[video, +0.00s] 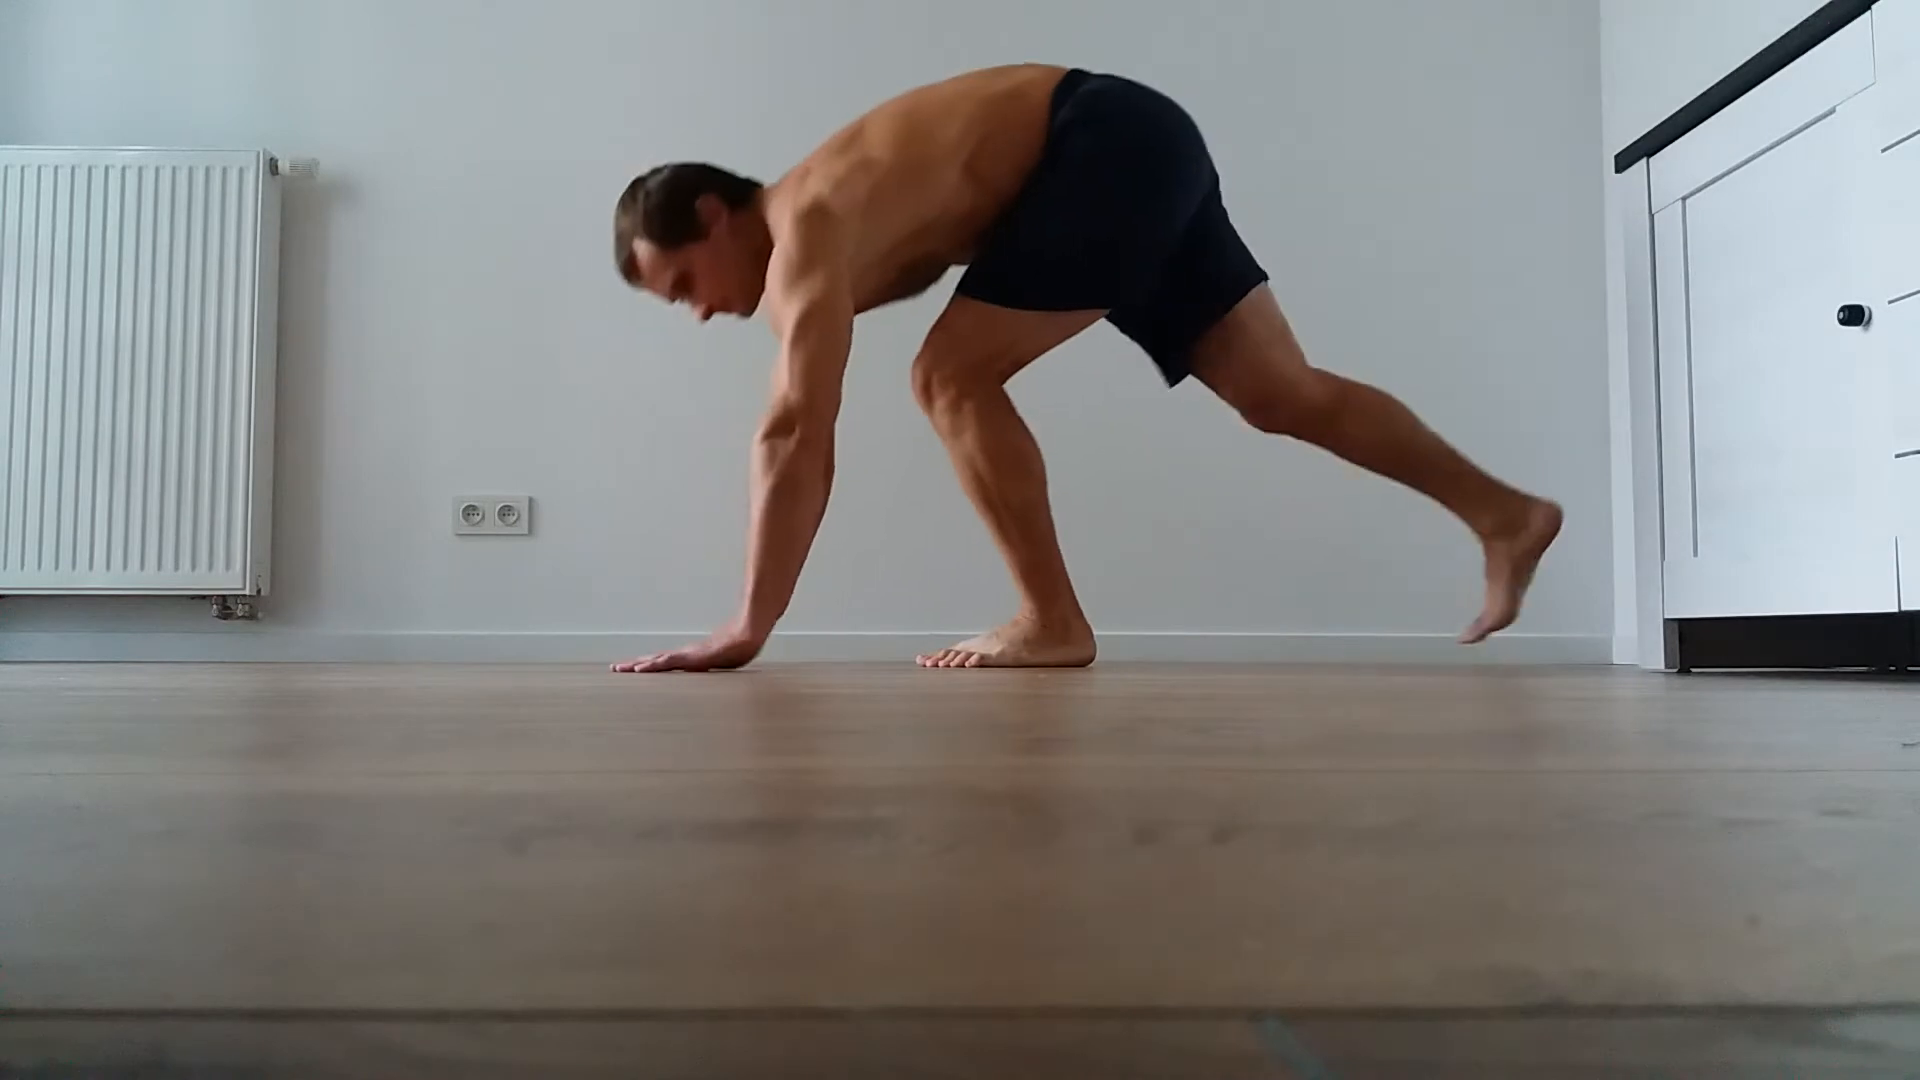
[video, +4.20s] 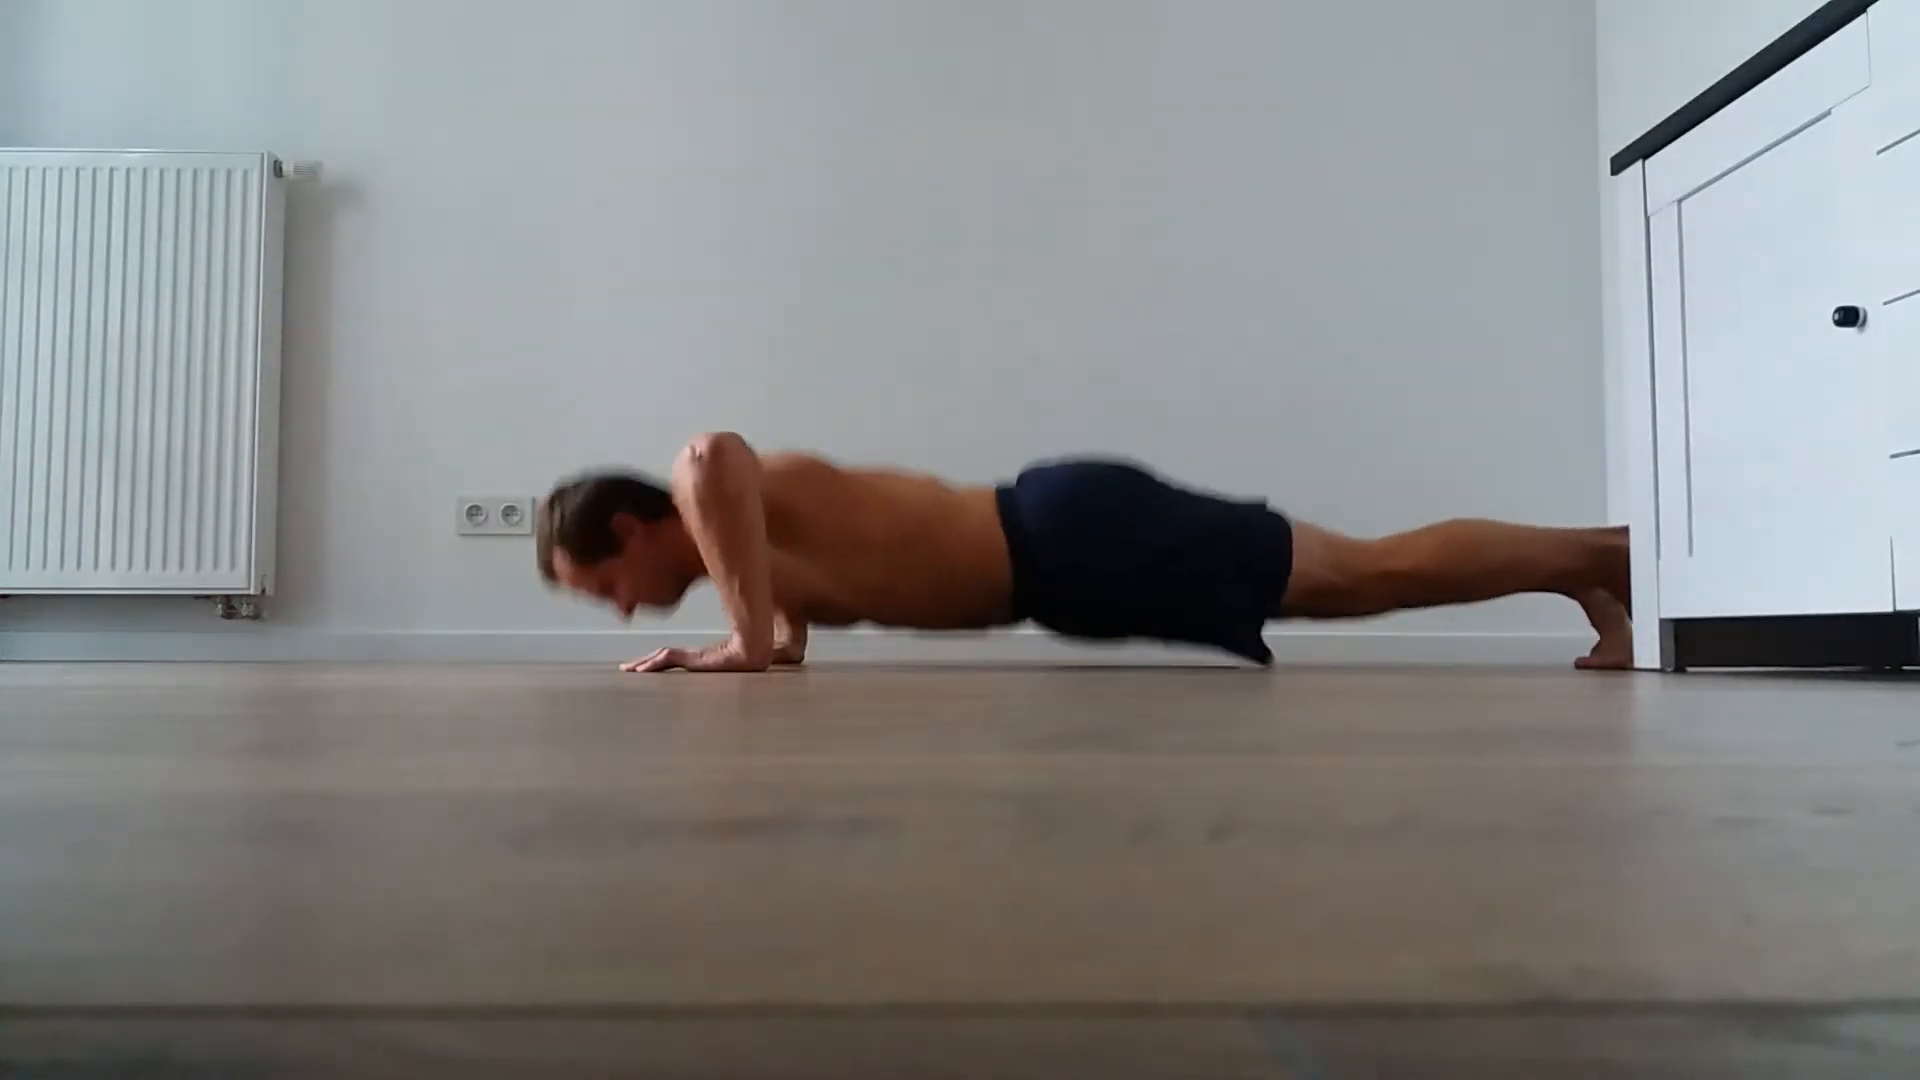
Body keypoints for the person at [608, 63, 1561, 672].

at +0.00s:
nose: (700, 307)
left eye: (684, 284)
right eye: (680, 296)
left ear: (713, 223)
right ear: (717, 221)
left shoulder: (808, 236)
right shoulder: (810, 216)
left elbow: (791, 438)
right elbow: (810, 438)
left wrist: (750, 625)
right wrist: (756, 614)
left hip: (1103, 152)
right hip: (1137, 144)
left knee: (955, 376)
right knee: (1281, 394)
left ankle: (1052, 623)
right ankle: (1505, 514)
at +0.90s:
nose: (688, 364)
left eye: (672, 344)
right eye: (671, 352)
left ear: (699, 288)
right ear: (707, 284)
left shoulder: (795, 265)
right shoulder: (800, 279)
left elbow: (774, 459)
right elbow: (805, 481)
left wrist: (762, 634)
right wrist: (790, 641)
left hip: (1096, 236)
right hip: (1110, 247)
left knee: (912, 384)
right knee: (1305, 450)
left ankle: (1089, 575)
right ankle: (1527, 558)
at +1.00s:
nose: (679, 364)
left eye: (663, 345)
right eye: (662, 353)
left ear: (689, 288)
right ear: (698, 288)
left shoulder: (789, 267)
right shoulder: (796, 293)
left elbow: (768, 461)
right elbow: (797, 476)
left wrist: (762, 631)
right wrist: (794, 637)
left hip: (1101, 237)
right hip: (1102, 260)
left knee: (1045, 454)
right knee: (1301, 454)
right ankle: (1522, 557)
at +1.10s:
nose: (668, 363)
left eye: (653, 344)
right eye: (651, 352)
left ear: (675, 289)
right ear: (682, 283)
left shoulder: (780, 272)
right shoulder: (779, 287)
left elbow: (774, 468)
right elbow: (779, 475)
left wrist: (763, 637)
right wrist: (788, 641)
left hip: (1087, 260)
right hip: (1080, 278)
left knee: (1209, 491)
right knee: (1281, 455)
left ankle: (1436, 481)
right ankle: (1515, 562)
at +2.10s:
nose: (635, 419)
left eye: (621, 400)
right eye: (619, 410)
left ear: (647, 345)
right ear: (653, 348)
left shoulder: (753, 323)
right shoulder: (763, 338)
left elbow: (762, 470)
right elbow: (789, 490)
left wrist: (756, 636)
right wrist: (788, 635)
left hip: (1084, 404)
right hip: (1079, 405)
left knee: (1346, 511)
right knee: (1344, 504)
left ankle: (1599, 557)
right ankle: (1590, 555)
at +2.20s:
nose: (632, 522)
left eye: (615, 502)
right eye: (616, 511)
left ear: (631, 444)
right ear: (647, 445)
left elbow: (758, 461)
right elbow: (811, 525)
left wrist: (761, 633)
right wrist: (780, 645)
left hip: (1075, 467)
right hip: (1066, 481)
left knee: (1346, 544)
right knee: (1341, 544)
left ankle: (1598, 557)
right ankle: (1587, 556)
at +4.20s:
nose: (622, 609)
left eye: (608, 590)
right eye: (603, 599)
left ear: (630, 541)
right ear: (632, 546)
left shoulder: (723, 502)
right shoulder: (734, 516)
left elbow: (709, 462)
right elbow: (798, 610)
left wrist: (765, 637)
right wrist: (736, 647)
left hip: (1064, 542)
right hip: (1054, 544)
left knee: (1357, 575)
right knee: (1352, 572)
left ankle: (1593, 559)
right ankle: (1587, 560)